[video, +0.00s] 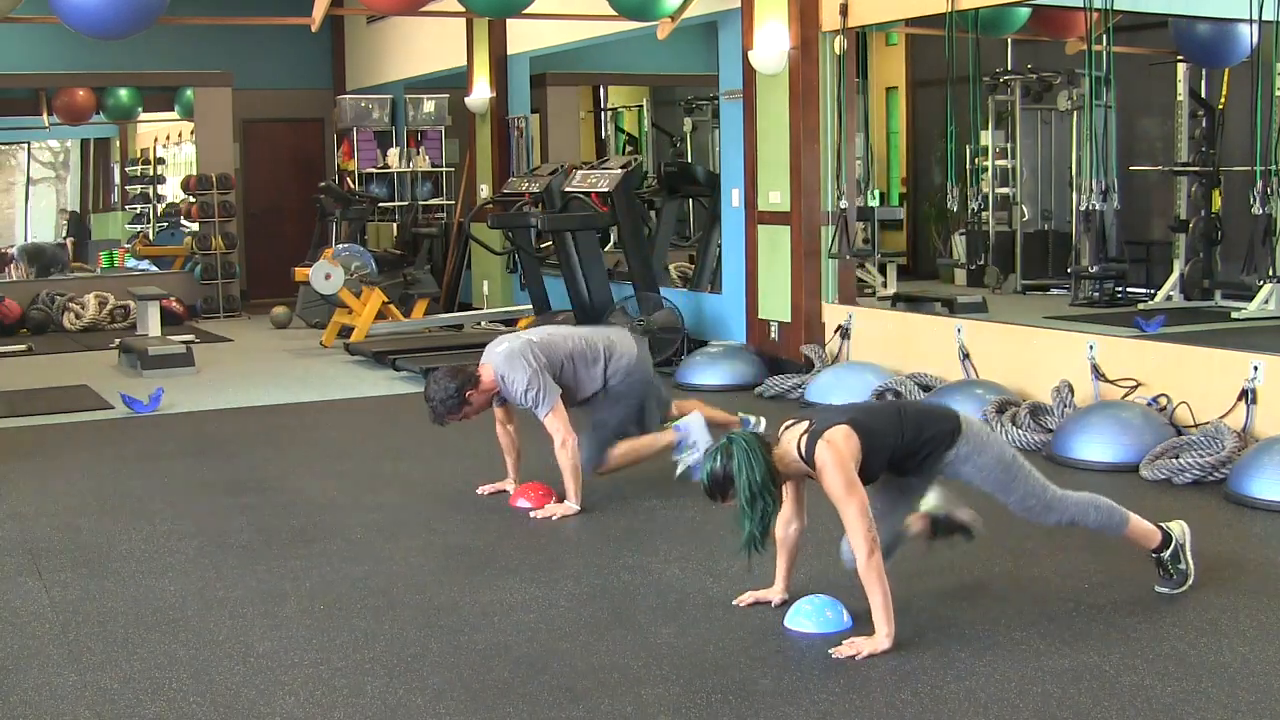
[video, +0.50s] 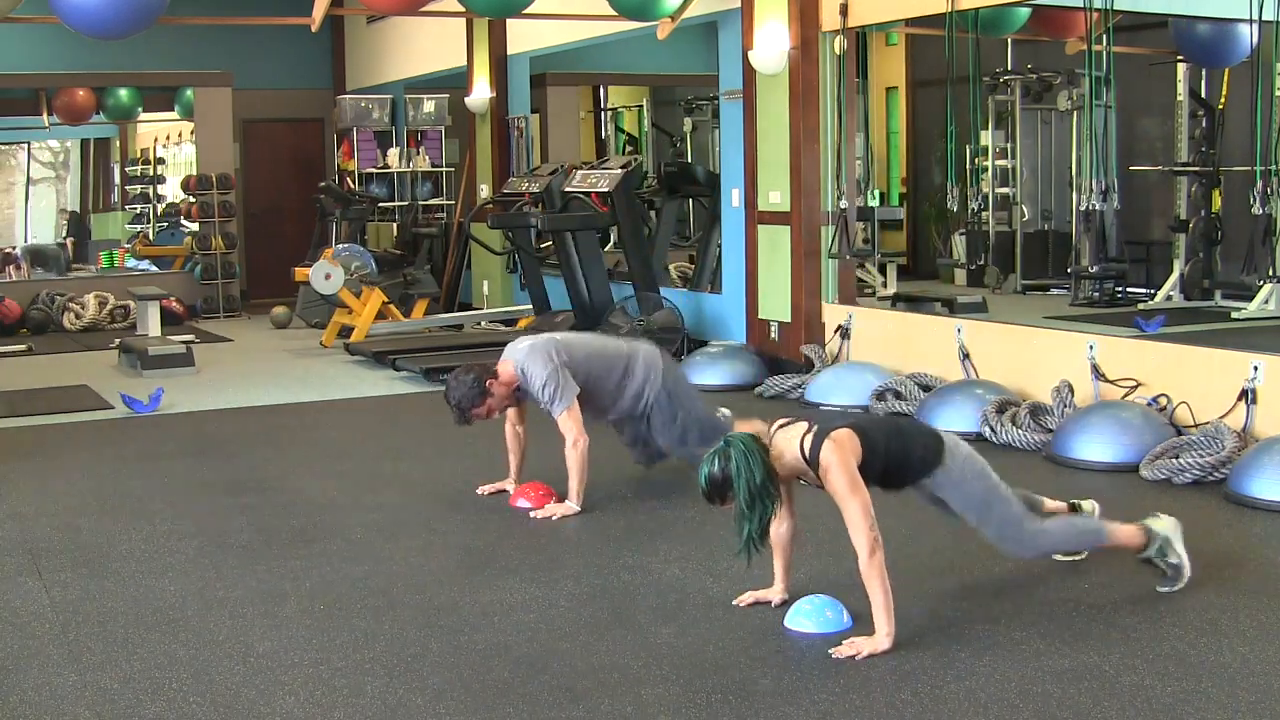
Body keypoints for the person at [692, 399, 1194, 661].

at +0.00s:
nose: (739, 502)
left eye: (736, 493)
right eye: (730, 495)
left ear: (749, 475)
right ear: (744, 456)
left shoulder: (828, 454)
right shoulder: (778, 447)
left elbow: (865, 550)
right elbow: (788, 521)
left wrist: (883, 634)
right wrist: (779, 588)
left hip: (953, 439)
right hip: (899, 461)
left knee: (1047, 505)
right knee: (864, 541)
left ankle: (1164, 539)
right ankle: (929, 521)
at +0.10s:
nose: (745, 503)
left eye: (742, 494)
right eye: (737, 497)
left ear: (755, 475)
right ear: (749, 461)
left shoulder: (830, 452)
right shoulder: (781, 448)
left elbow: (867, 548)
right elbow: (789, 521)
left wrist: (883, 632)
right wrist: (779, 587)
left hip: (957, 428)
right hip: (906, 454)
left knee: (1047, 495)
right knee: (897, 544)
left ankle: (1156, 538)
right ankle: (975, 493)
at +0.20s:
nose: (754, 504)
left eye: (750, 493)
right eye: (745, 498)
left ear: (761, 473)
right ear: (752, 457)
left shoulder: (829, 451)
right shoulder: (779, 444)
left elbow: (867, 547)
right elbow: (787, 518)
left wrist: (883, 633)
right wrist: (780, 587)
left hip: (961, 427)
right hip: (922, 444)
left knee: (1049, 495)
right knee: (937, 530)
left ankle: (1156, 537)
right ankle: (1007, 487)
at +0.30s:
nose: (741, 501)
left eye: (739, 494)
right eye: (733, 497)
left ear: (750, 474)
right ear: (748, 450)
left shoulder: (828, 454)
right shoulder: (776, 446)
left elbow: (869, 549)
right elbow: (788, 520)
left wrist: (883, 635)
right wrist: (779, 588)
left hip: (959, 444)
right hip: (925, 453)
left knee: (1049, 506)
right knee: (969, 511)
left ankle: (1156, 536)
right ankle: (1055, 509)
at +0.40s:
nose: (744, 503)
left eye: (741, 496)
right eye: (736, 499)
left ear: (751, 473)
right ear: (750, 453)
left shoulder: (830, 455)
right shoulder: (775, 447)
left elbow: (871, 549)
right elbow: (785, 520)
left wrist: (883, 634)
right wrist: (780, 587)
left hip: (951, 463)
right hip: (919, 474)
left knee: (1050, 511)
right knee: (999, 512)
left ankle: (1161, 536)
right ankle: (1066, 525)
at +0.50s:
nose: (740, 504)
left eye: (739, 497)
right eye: (732, 500)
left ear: (752, 474)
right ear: (747, 449)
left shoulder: (828, 454)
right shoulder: (766, 441)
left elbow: (869, 547)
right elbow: (780, 514)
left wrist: (882, 634)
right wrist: (780, 586)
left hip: (937, 458)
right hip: (909, 459)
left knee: (1024, 539)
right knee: (997, 505)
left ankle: (1151, 535)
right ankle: (1070, 509)